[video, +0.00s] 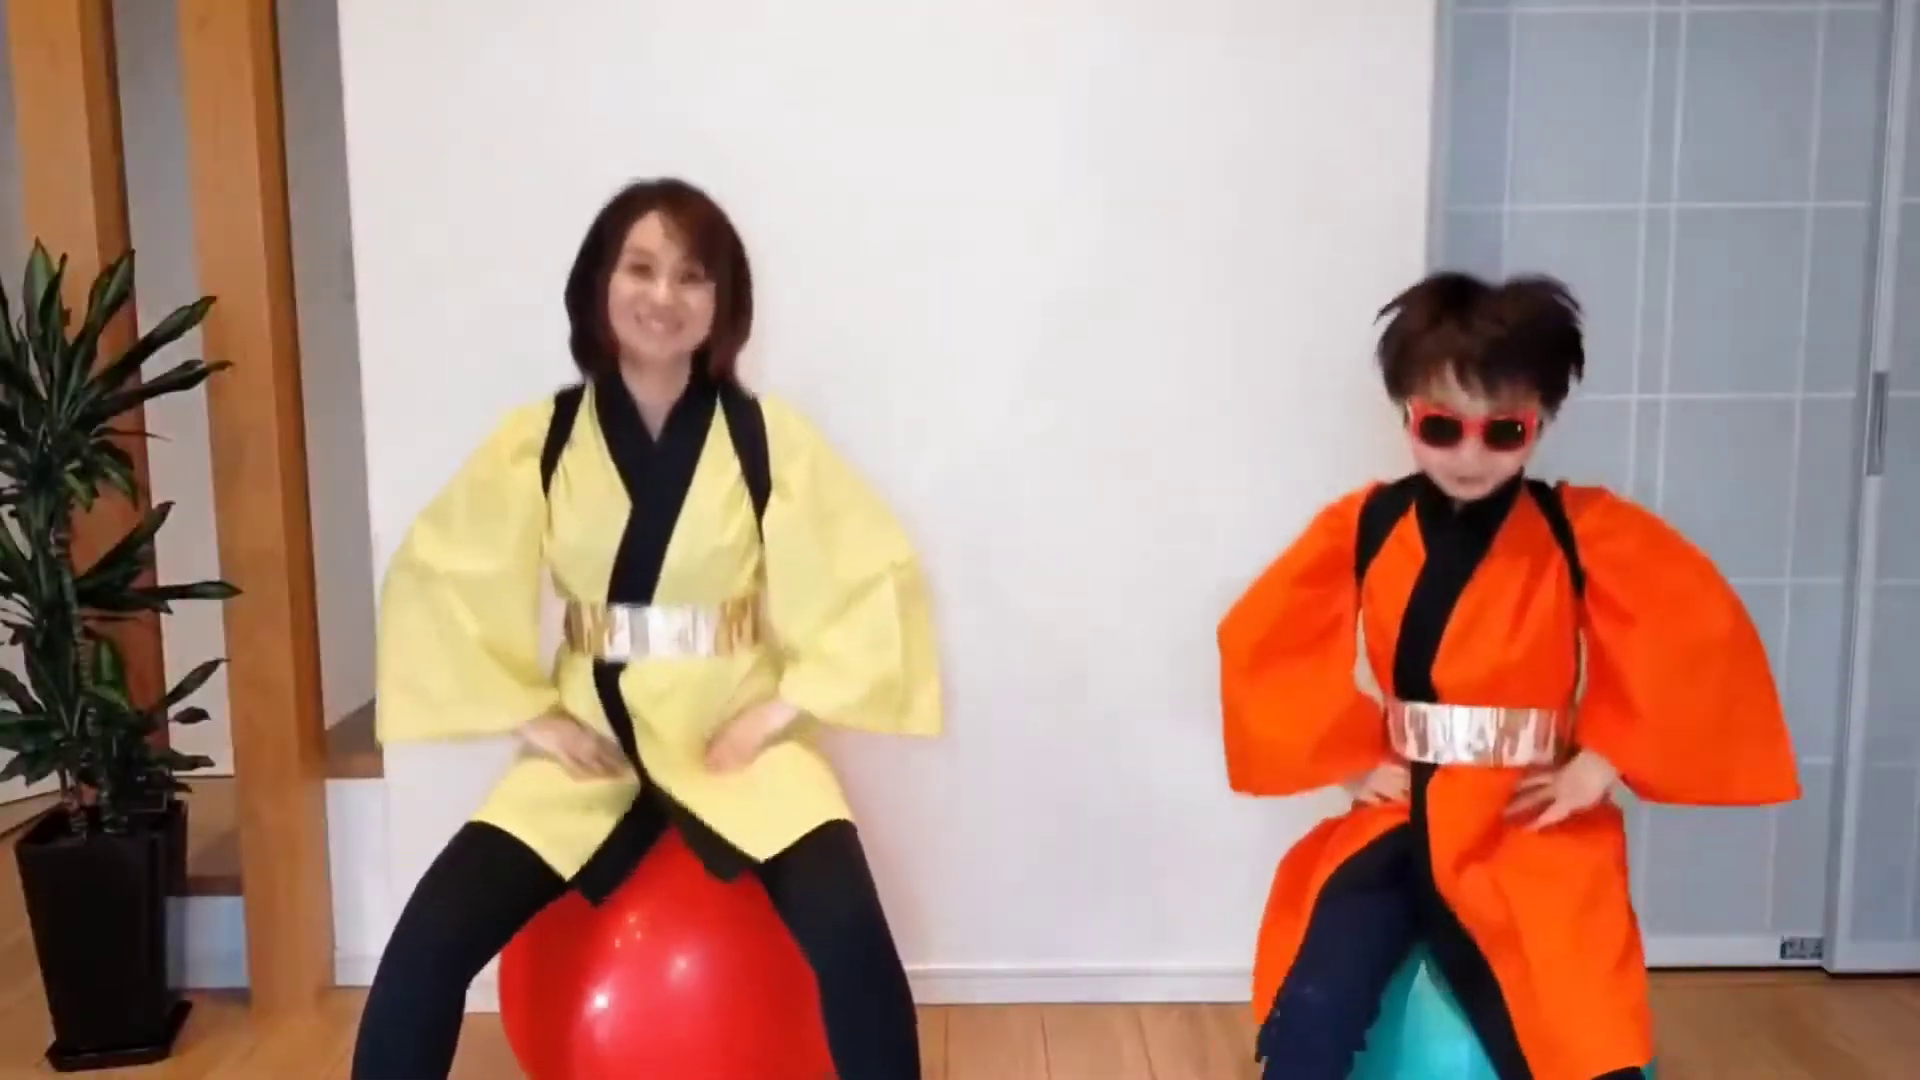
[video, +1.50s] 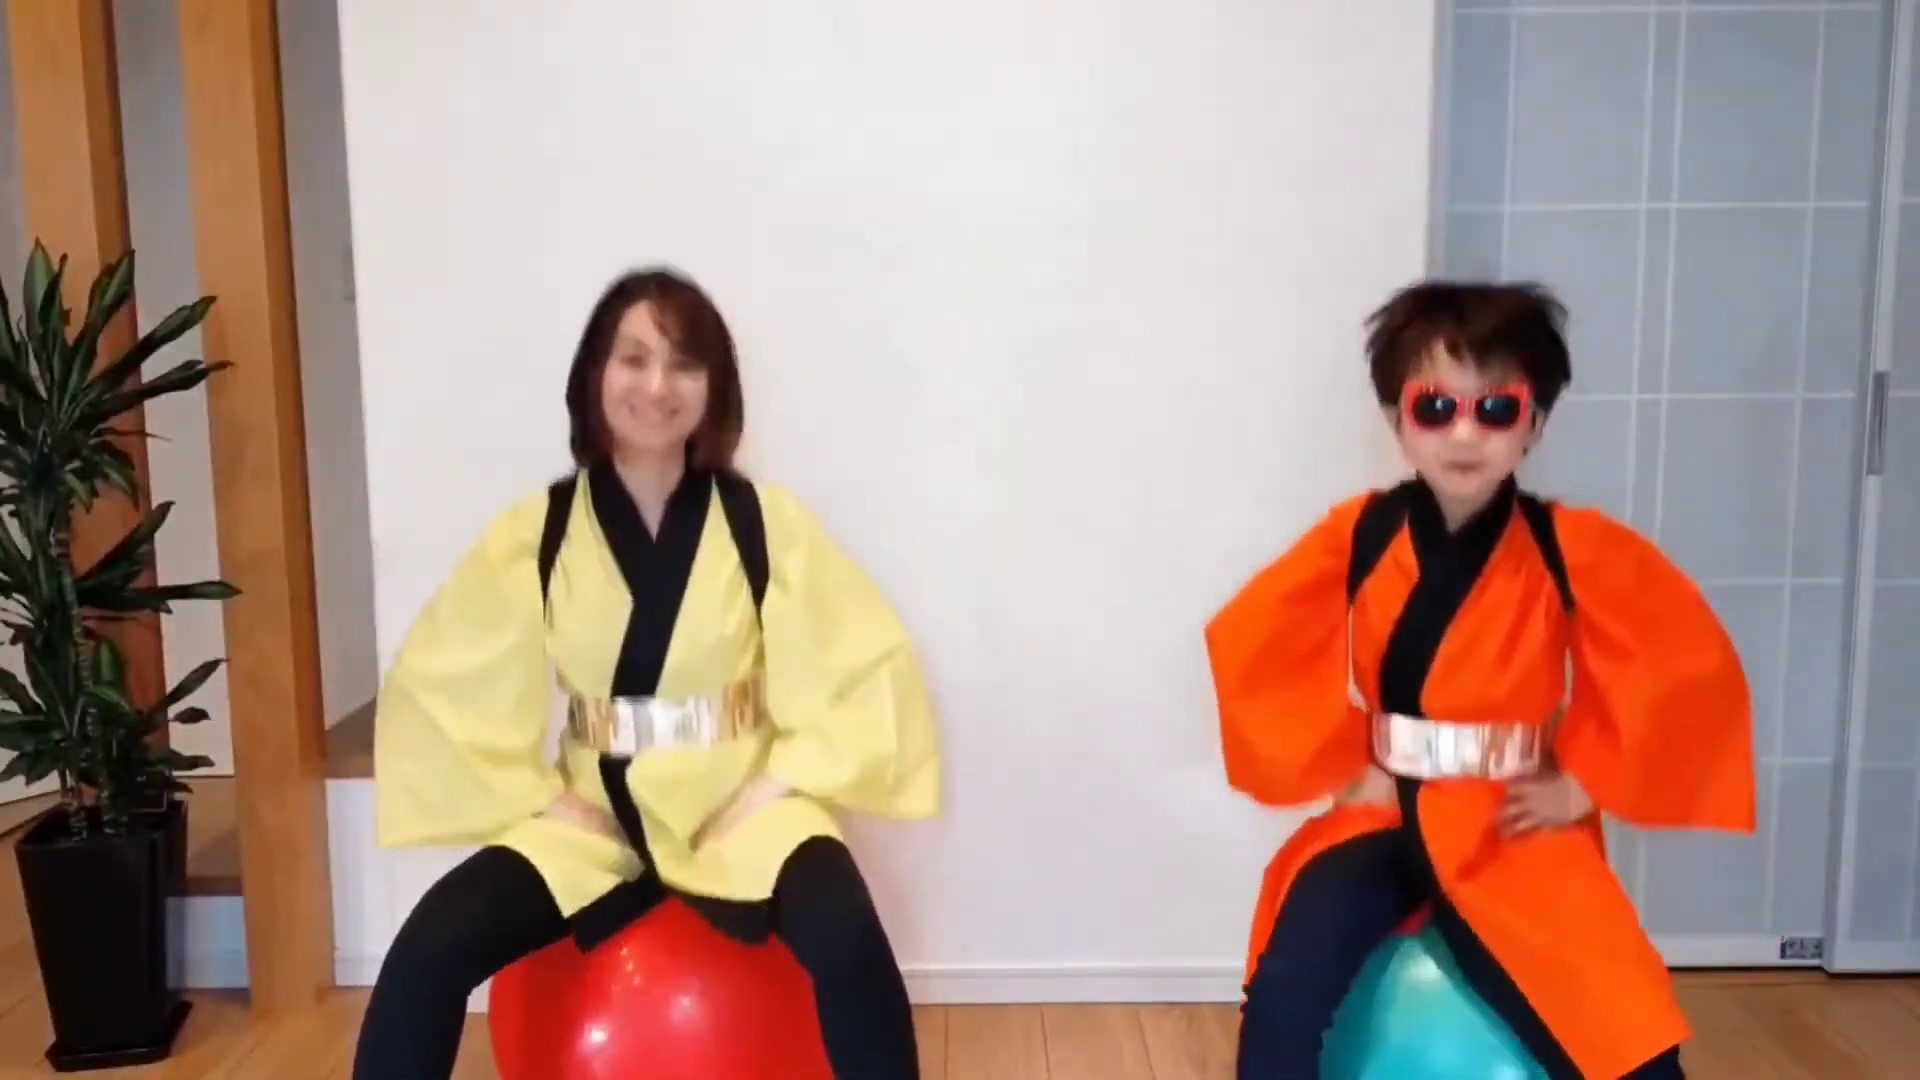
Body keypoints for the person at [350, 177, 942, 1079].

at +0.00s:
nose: (662, 296)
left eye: (690, 277)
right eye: (638, 269)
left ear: (722, 301)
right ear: (598, 287)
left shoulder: (768, 439)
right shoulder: (541, 438)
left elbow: (879, 582)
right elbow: (433, 578)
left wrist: (773, 712)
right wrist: (532, 715)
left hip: (744, 745)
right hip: (586, 747)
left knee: (853, 938)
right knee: (424, 946)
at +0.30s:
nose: (658, 413)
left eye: (685, 395)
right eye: (635, 389)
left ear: (718, 420)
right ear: (598, 409)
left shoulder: (768, 555)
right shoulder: (541, 560)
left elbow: (882, 685)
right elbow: (429, 703)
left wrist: (782, 807)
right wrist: (533, 817)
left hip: (742, 843)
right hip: (584, 849)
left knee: (846, 926)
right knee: (419, 935)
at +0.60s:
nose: (646, 285)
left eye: (677, 266)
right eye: (624, 257)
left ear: (713, 290)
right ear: (585, 272)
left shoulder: (758, 423)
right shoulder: (524, 426)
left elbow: (875, 562)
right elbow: (418, 572)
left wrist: (779, 678)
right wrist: (523, 692)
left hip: (739, 733)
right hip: (577, 739)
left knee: (846, 932)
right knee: (426, 947)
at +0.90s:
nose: (653, 412)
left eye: (680, 392)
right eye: (628, 388)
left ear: (712, 418)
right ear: (592, 409)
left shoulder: (761, 554)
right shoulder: (540, 559)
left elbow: (872, 699)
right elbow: (424, 705)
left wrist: (770, 812)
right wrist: (535, 816)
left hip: (734, 847)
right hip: (582, 848)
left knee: (834, 917)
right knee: (423, 941)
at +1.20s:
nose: (657, 302)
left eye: (686, 283)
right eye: (633, 273)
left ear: (718, 305)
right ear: (591, 285)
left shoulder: (762, 434)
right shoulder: (529, 437)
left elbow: (877, 570)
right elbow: (422, 578)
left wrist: (783, 685)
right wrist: (524, 699)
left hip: (743, 740)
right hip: (580, 746)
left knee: (846, 927)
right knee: (429, 947)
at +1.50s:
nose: (656, 384)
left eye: (683, 364)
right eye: (631, 359)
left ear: (713, 387)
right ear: (593, 375)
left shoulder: (763, 522)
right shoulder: (539, 529)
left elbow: (872, 670)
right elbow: (433, 681)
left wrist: (779, 782)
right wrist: (541, 793)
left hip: (745, 817)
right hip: (589, 824)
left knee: (847, 932)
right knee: (433, 940)